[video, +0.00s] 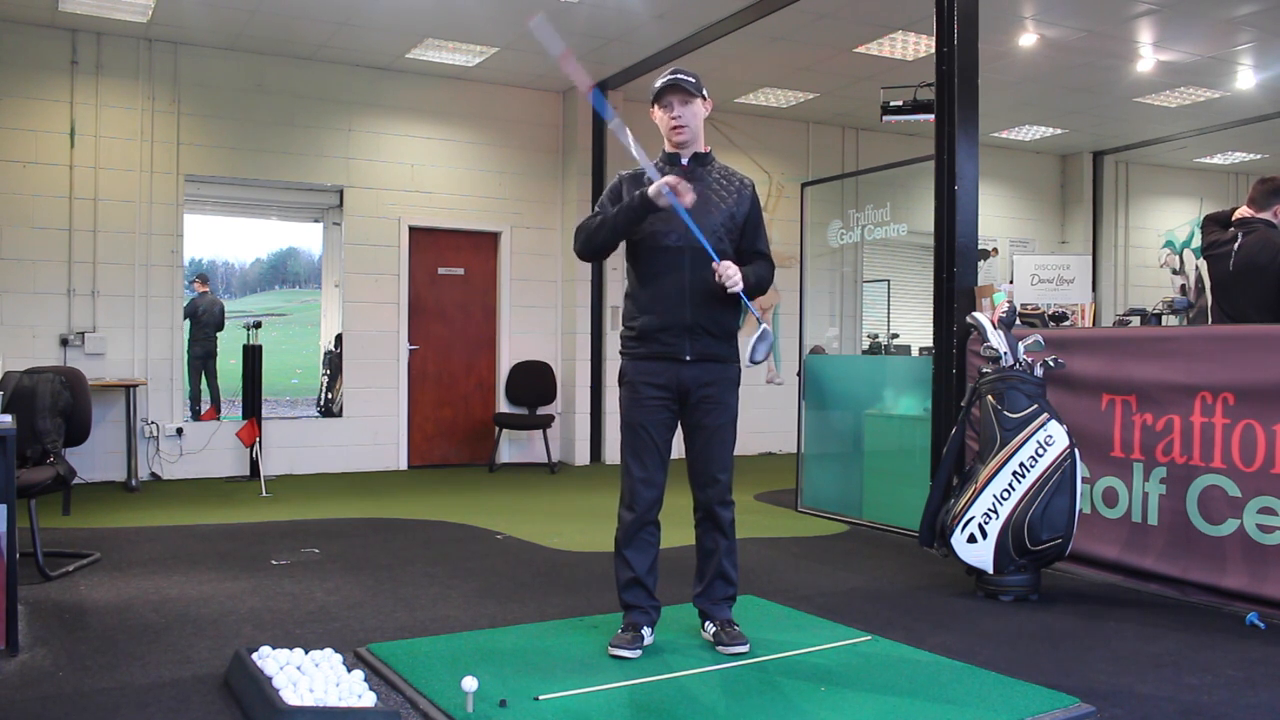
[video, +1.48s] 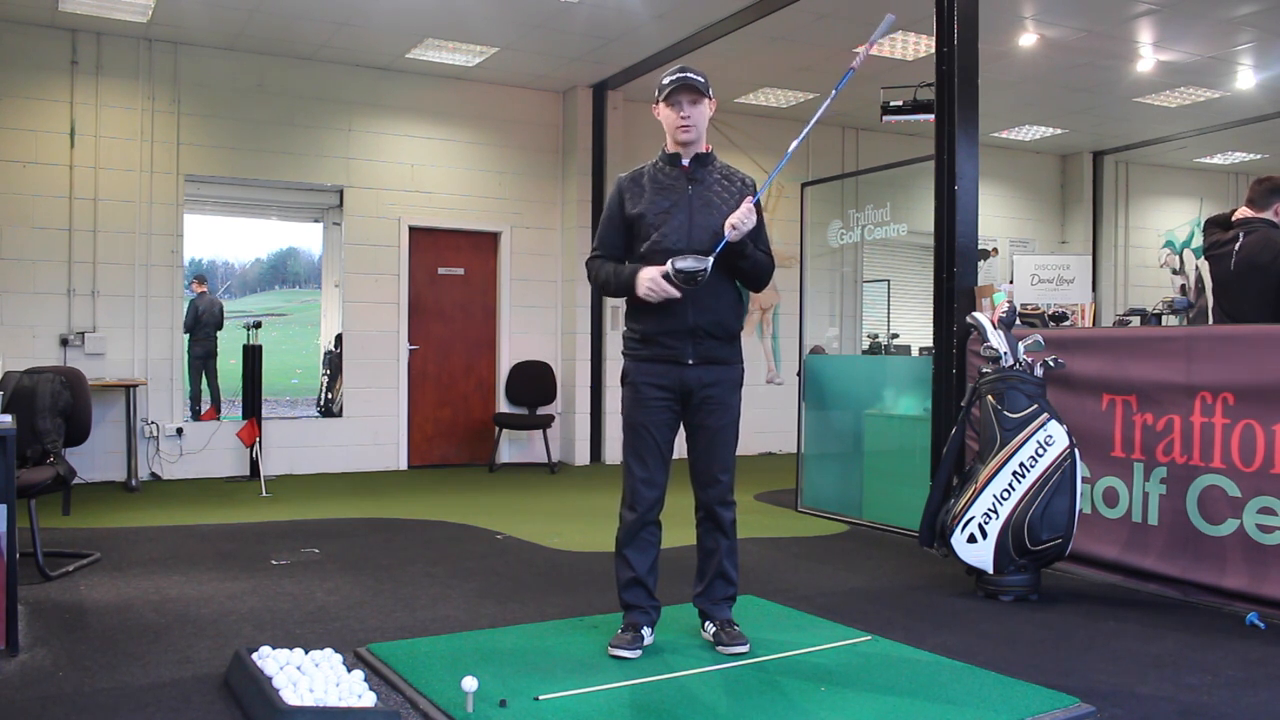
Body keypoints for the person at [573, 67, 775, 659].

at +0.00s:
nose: (673, 112)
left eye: (684, 101)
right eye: (664, 104)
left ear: (707, 109)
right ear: (654, 117)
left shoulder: (739, 190)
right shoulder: (632, 184)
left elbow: (763, 269)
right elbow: (586, 246)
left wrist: (743, 275)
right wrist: (646, 200)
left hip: (715, 364)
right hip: (647, 361)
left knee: (715, 495)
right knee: (640, 496)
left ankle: (717, 611)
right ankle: (637, 616)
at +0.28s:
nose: (678, 118)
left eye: (688, 106)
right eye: (668, 108)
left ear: (707, 112)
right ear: (655, 117)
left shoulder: (737, 186)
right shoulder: (630, 188)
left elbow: (763, 278)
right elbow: (596, 274)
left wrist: (753, 253)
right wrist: (624, 237)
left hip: (715, 361)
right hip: (647, 360)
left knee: (715, 495)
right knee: (640, 496)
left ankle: (718, 613)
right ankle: (637, 616)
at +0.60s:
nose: (680, 127)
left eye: (690, 116)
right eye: (670, 118)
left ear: (708, 116)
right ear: (655, 121)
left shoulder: (737, 189)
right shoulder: (630, 187)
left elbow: (758, 278)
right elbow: (596, 264)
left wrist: (751, 234)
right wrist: (602, 273)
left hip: (716, 363)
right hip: (647, 362)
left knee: (716, 495)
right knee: (641, 495)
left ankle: (718, 612)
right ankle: (637, 616)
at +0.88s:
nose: (672, 128)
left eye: (681, 116)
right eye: (663, 119)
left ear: (705, 112)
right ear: (653, 123)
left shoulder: (736, 188)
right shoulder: (630, 188)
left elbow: (757, 277)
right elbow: (599, 265)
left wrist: (742, 235)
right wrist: (636, 242)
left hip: (714, 363)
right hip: (646, 362)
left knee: (714, 495)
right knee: (640, 496)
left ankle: (718, 612)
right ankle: (637, 616)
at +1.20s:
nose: (676, 122)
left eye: (686, 110)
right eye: (667, 112)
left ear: (707, 112)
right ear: (655, 119)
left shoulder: (738, 188)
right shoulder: (631, 188)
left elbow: (758, 278)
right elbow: (599, 272)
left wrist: (748, 237)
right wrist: (625, 240)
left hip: (717, 364)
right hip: (648, 362)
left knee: (716, 495)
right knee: (641, 497)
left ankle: (718, 612)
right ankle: (637, 616)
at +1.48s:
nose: (683, 111)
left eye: (693, 101)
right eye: (673, 102)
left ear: (712, 109)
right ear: (658, 113)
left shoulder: (740, 188)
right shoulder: (631, 187)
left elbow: (759, 276)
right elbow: (600, 268)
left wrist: (743, 238)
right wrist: (634, 276)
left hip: (718, 364)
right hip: (649, 362)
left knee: (716, 495)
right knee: (641, 495)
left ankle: (718, 612)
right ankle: (638, 616)